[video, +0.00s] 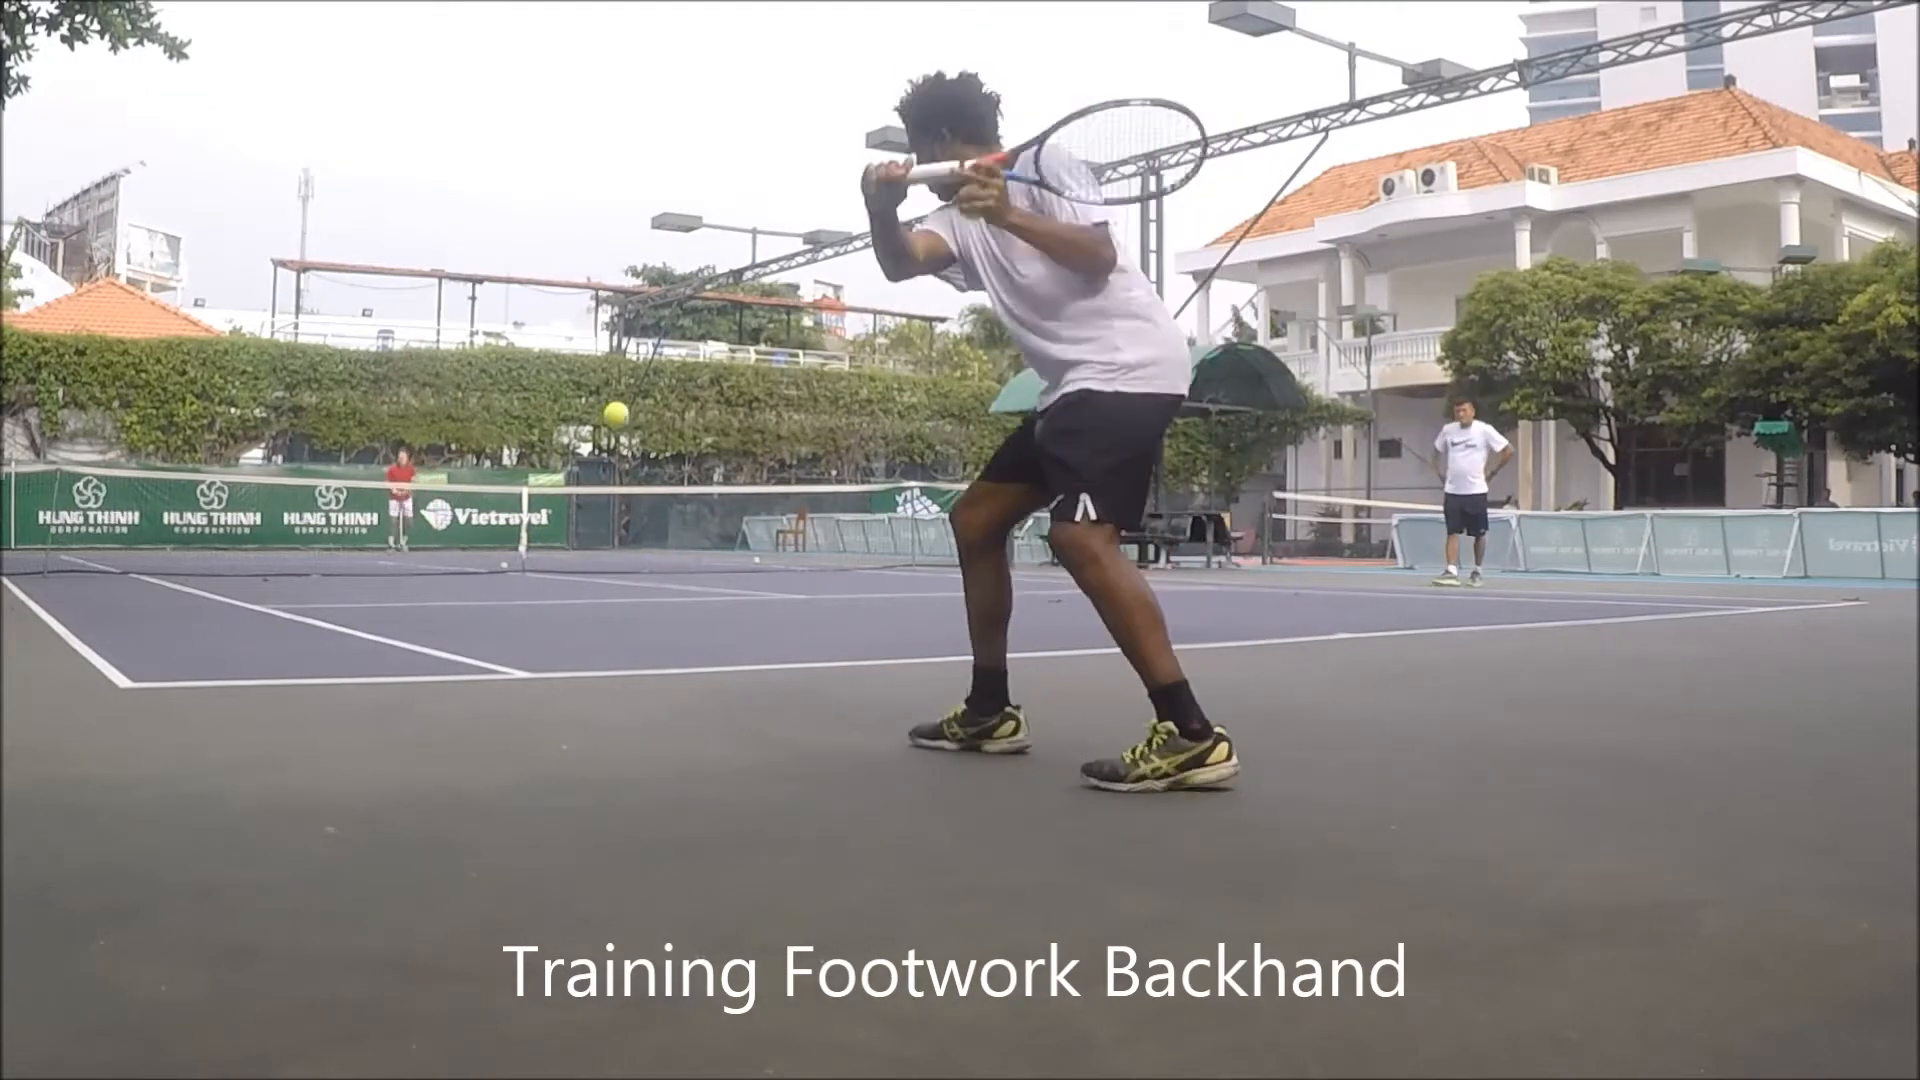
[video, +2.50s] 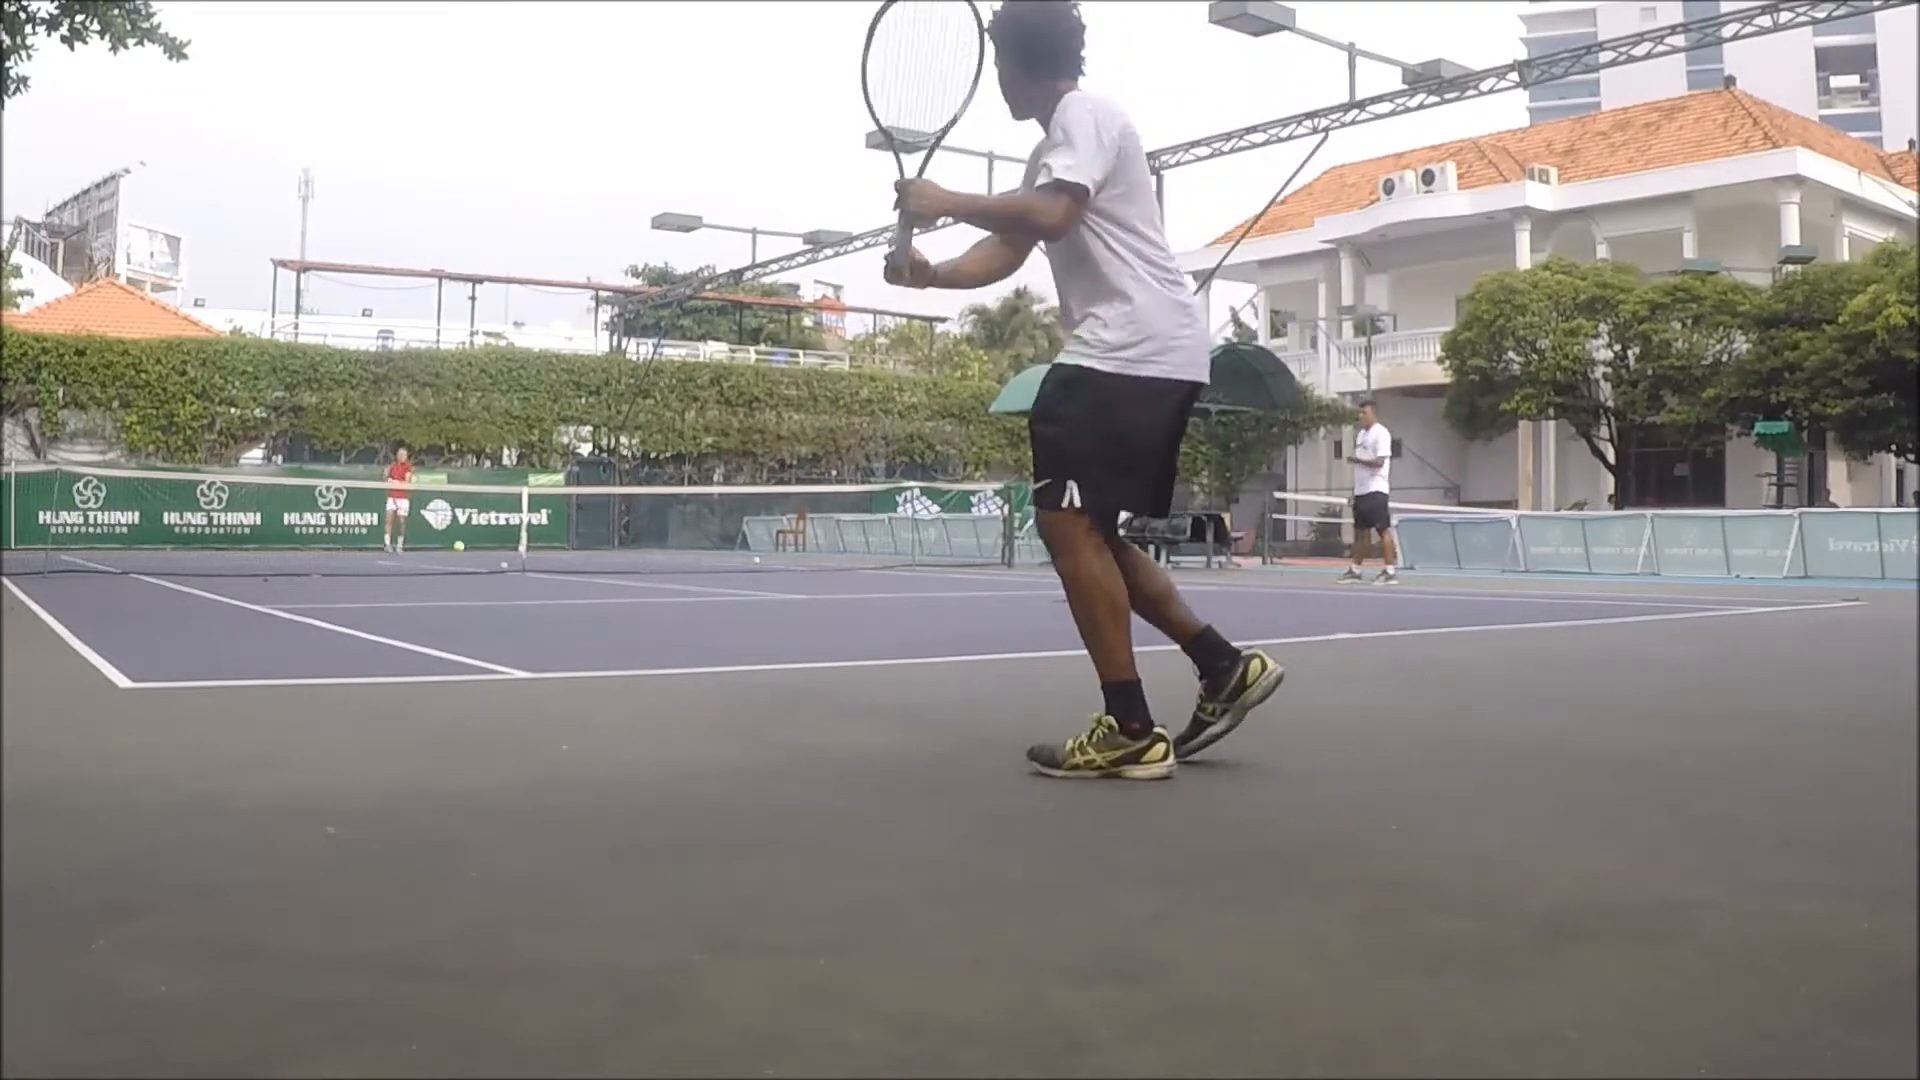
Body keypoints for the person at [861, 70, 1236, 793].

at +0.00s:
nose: (927, 169)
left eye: (927, 154)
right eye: (923, 159)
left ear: (951, 144)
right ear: (978, 143)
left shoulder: (1045, 162)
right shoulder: (964, 221)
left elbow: (1098, 254)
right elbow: (900, 262)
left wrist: (1007, 215)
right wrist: (881, 209)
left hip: (1133, 365)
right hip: (1073, 383)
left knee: (1081, 537)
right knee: (974, 520)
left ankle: (1189, 732)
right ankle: (989, 710)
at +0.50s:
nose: (979, 81)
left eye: (981, 66)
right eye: (979, 66)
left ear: (1001, 68)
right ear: (1053, 63)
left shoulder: (1037, 135)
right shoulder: (1105, 128)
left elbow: (1036, 255)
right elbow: (1172, 187)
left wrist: (951, 322)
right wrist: (1120, 146)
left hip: (1077, 368)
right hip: (1130, 368)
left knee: (1078, 542)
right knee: (1020, 518)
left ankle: (1207, 688)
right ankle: (994, 704)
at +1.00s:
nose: (1135, 47)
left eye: (1137, 32)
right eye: (1141, 32)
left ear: (1149, 37)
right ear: (1212, 42)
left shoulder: (1146, 113)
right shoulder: (1266, 122)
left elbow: (1136, 233)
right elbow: (1312, 228)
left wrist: (1102, 286)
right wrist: (1276, 303)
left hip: (1186, 357)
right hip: (1264, 359)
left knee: (1185, 525)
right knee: (1199, 520)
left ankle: (1243, 717)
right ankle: (1224, 697)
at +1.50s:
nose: (1232, 60)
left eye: (1235, 46)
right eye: (1237, 45)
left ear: (1246, 52)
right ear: (1312, 55)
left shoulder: (1244, 122)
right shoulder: (1359, 137)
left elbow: (1225, 239)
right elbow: (1394, 250)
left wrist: (1193, 289)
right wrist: (1341, 304)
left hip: (1274, 360)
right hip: (1366, 363)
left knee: (1230, 523)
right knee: (1367, 524)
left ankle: (1247, 719)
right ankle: (1407, 708)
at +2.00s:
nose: (1214, 86)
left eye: (1217, 74)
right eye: (1217, 73)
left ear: (1226, 76)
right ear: (1292, 79)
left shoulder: (1231, 143)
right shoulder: (1346, 158)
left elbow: (1221, 257)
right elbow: (1384, 267)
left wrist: (1187, 298)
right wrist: (1313, 290)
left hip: (1270, 366)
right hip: (1361, 376)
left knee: (1178, 520)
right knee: (1346, 542)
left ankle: (1199, 707)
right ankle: (1405, 709)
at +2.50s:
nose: (994, 75)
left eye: (998, 58)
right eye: (995, 58)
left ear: (1019, 60)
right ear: (1069, 51)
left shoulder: (1085, 114)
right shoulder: (1067, 138)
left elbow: (1052, 215)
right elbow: (1004, 251)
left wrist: (950, 200)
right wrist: (932, 271)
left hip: (1128, 347)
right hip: (1149, 350)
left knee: (1064, 518)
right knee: (1089, 532)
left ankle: (1130, 725)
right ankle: (1223, 667)